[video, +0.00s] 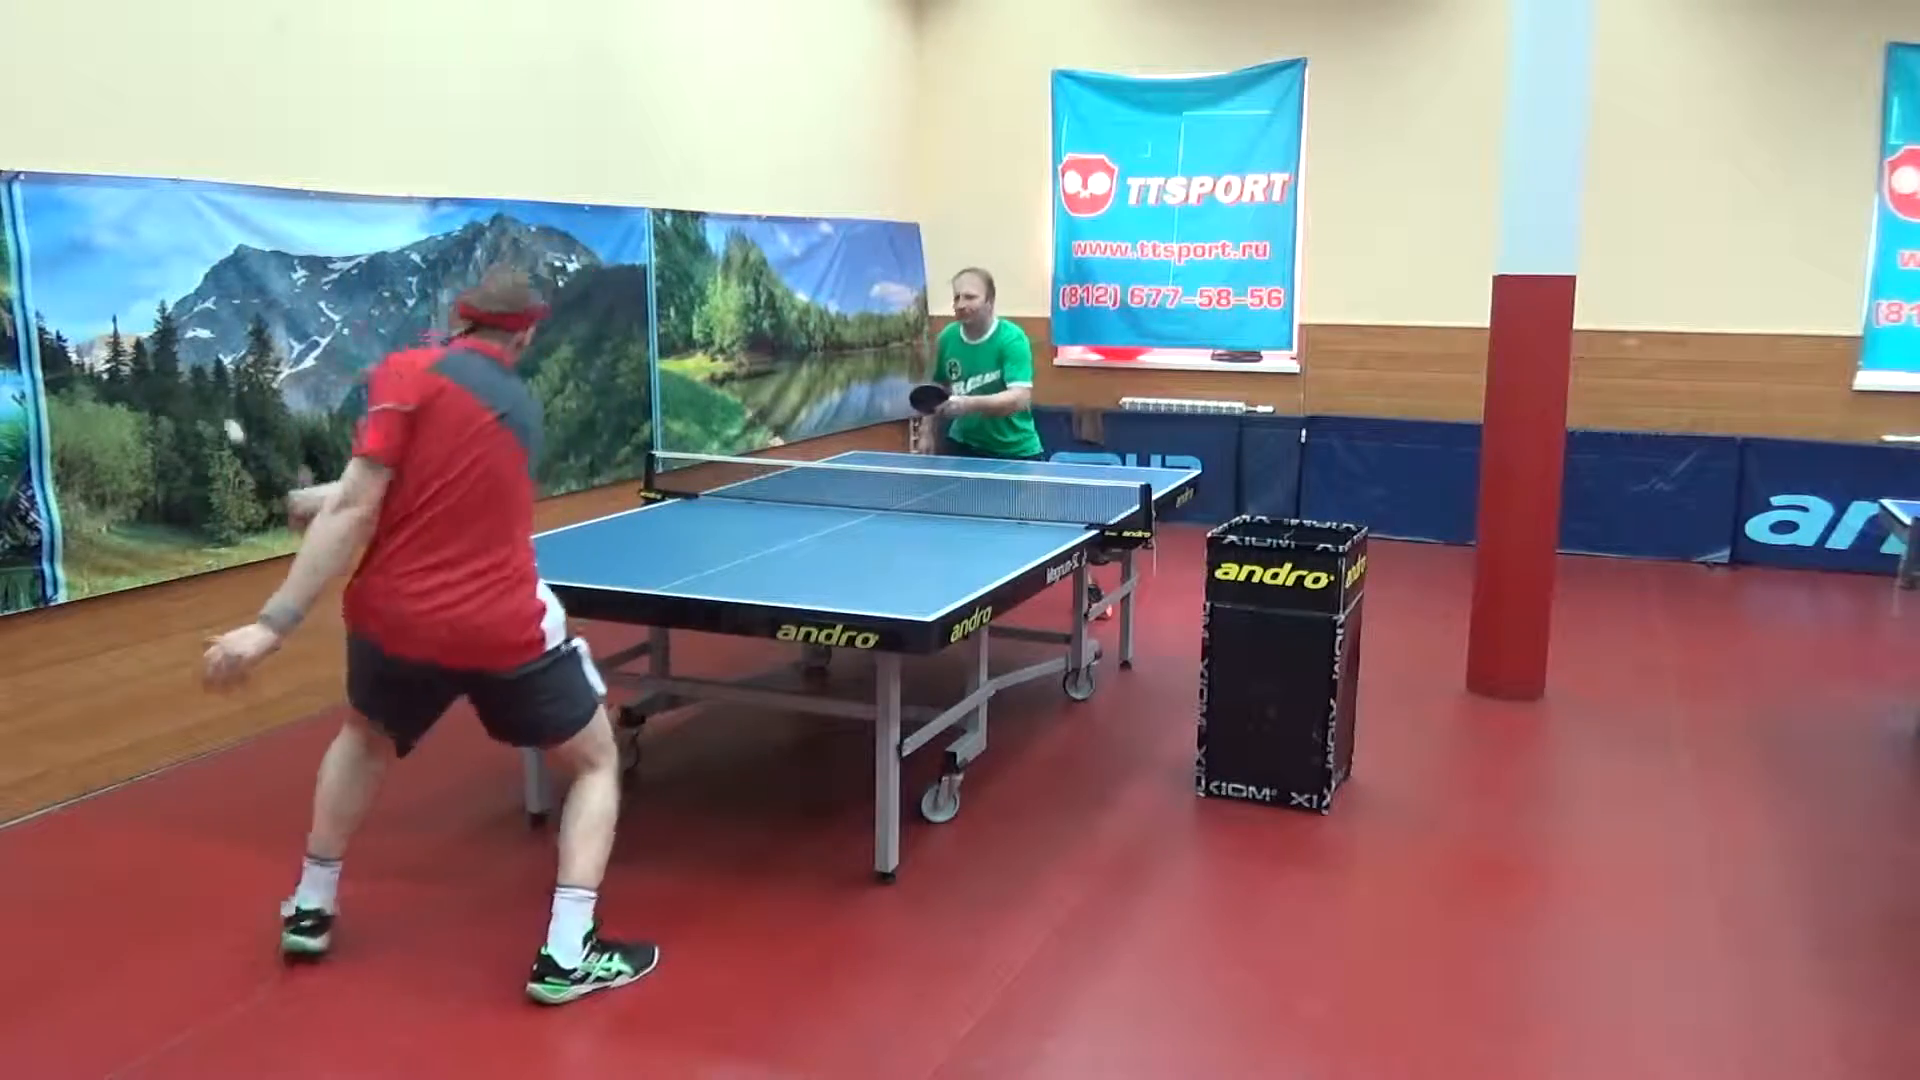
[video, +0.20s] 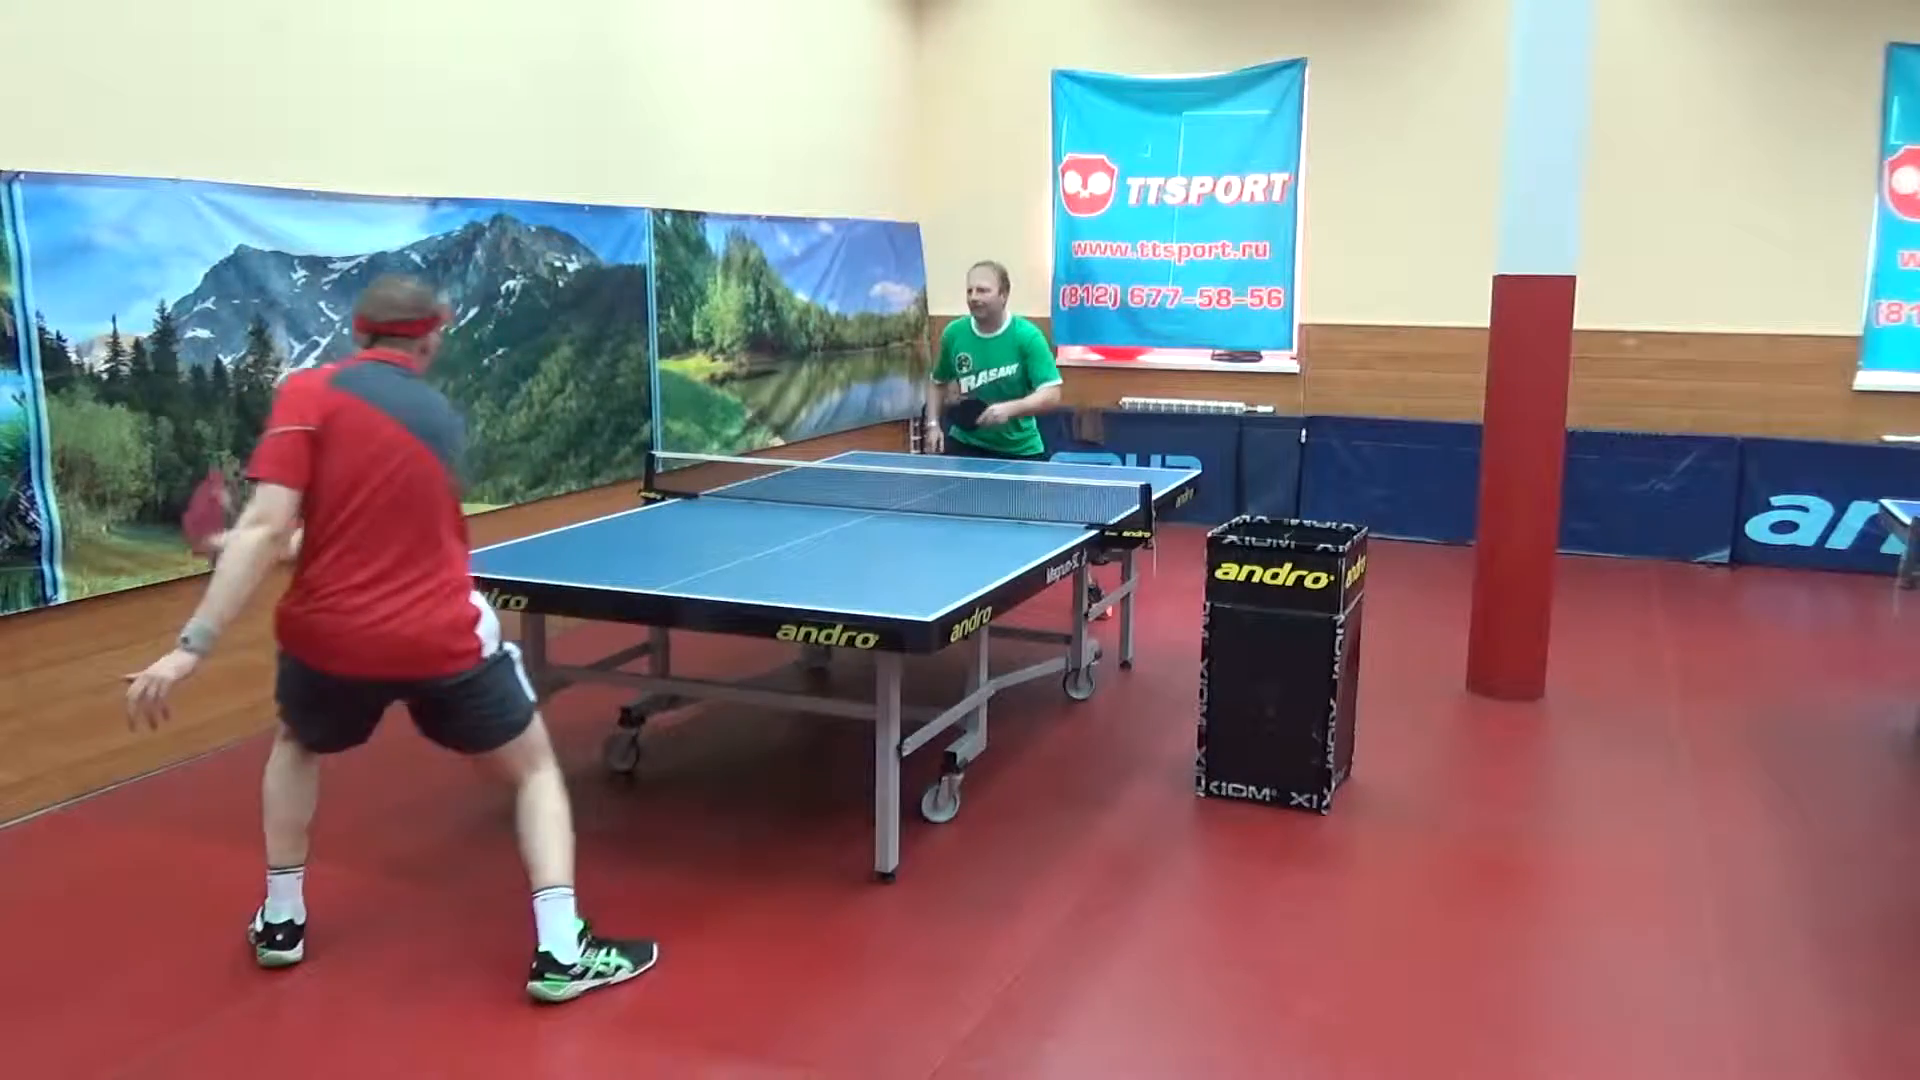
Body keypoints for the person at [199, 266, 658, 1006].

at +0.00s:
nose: (528, 349)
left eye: (528, 338)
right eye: (530, 338)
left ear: (457, 320)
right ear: (520, 335)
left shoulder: (404, 374)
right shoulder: (519, 402)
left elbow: (356, 506)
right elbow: (451, 482)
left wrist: (270, 626)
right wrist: (339, 497)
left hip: (394, 629)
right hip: (508, 630)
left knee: (364, 734)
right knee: (594, 762)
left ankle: (311, 905)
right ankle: (569, 949)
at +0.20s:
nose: (441, 346)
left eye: (440, 336)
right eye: (440, 336)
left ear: (357, 333)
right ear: (430, 338)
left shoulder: (307, 390)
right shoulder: (440, 414)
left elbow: (268, 526)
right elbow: (380, 525)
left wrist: (190, 646)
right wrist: (262, 545)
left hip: (330, 643)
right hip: (445, 638)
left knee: (299, 744)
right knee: (535, 768)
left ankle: (282, 919)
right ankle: (562, 947)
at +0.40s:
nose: (366, 302)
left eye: (363, 291)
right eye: (365, 291)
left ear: (283, 290)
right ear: (353, 293)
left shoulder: (223, 355)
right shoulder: (384, 377)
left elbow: (193, 490)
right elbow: (404, 515)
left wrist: (161, 605)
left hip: (271, 603)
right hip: (386, 595)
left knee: (279, 737)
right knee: (476, 750)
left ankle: (281, 922)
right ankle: (547, 939)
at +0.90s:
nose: (504, 248)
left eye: (498, 234)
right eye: (502, 235)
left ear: (412, 236)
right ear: (487, 236)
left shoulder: (333, 327)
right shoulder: (498, 342)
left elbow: (314, 477)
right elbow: (528, 491)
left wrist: (319, 579)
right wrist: (570, 519)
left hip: (382, 607)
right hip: (497, 608)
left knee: (356, 783)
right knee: (576, 762)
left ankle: (316, 986)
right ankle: (626, 950)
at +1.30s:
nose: (507, 251)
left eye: (501, 238)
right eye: (505, 238)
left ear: (416, 237)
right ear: (489, 237)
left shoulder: (334, 326)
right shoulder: (499, 342)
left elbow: (313, 476)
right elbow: (530, 493)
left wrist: (314, 579)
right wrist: (572, 519)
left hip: (380, 604)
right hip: (496, 606)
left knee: (356, 783)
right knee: (576, 762)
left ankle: (316, 988)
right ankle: (625, 948)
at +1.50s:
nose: (509, 253)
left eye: (503, 239)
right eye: (509, 240)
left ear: (420, 237)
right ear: (494, 238)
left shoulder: (338, 326)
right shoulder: (503, 341)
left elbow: (314, 475)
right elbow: (531, 492)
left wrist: (315, 579)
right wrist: (570, 518)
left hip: (380, 606)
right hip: (496, 607)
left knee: (356, 784)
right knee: (576, 765)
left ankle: (316, 988)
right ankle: (626, 949)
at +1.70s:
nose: (516, 257)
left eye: (512, 243)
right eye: (516, 244)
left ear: (429, 238)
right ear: (500, 242)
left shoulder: (342, 325)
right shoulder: (506, 342)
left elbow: (316, 474)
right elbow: (535, 492)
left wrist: (321, 579)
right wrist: (574, 519)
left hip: (379, 604)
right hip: (494, 606)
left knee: (355, 784)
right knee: (575, 767)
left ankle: (316, 987)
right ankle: (626, 950)